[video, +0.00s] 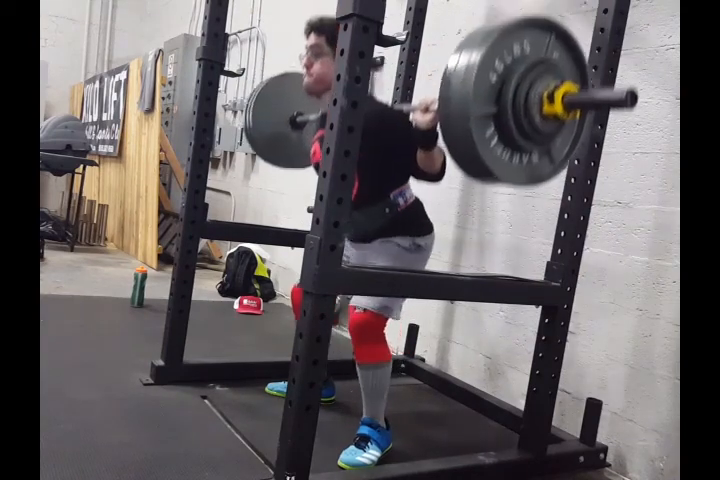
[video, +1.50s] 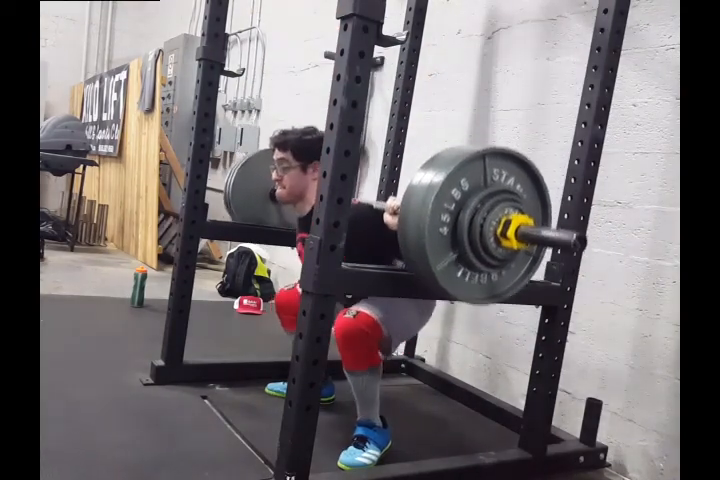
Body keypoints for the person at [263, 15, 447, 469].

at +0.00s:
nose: (305, 63)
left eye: (316, 55)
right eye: (305, 54)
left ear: (345, 63)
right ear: (310, 62)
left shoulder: (378, 118)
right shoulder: (324, 120)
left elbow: (433, 171)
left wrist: (425, 132)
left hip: (400, 234)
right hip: (350, 232)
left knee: (364, 323)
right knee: (304, 296)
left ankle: (374, 428)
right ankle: (315, 381)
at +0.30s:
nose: (292, 111)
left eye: (302, 102)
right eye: (292, 102)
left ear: (331, 109)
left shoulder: (369, 160)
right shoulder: (315, 163)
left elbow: (423, 210)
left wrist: (415, 177)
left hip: (405, 256)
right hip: (354, 256)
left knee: (359, 326)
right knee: (295, 299)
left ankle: (374, 431)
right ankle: (316, 381)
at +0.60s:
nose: (281, 149)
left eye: (291, 141)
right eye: (281, 140)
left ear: (322, 150)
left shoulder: (360, 198)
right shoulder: (305, 194)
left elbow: (415, 238)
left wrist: (406, 211)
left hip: (401, 280)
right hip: (350, 277)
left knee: (352, 329)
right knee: (287, 302)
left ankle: (372, 430)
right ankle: (316, 382)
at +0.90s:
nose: (274, 174)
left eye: (283, 166)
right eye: (274, 165)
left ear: (314, 171)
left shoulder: (355, 221)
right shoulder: (301, 220)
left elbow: (412, 258)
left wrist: (401, 227)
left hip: (400, 294)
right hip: (348, 289)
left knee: (352, 331)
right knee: (284, 301)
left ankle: (372, 429)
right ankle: (316, 382)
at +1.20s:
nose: (273, 187)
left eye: (282, 179)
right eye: (273, 178)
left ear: (313, 183)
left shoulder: (354, 232)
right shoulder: (302, 233)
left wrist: (398, 241)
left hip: (401, 303)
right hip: (352, 300)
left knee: (352, 334)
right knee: (282, 304)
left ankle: (371, 429)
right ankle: (315, 383)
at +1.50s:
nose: (275, 177)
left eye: (283, 169)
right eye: (274, 168)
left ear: (314, 172)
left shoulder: (358, 219)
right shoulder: (306, 222)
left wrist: (406, 226)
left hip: (405, 290)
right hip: (354, 285)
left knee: (352, 329)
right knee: (288, 301)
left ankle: (372, 428)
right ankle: (316, 382)